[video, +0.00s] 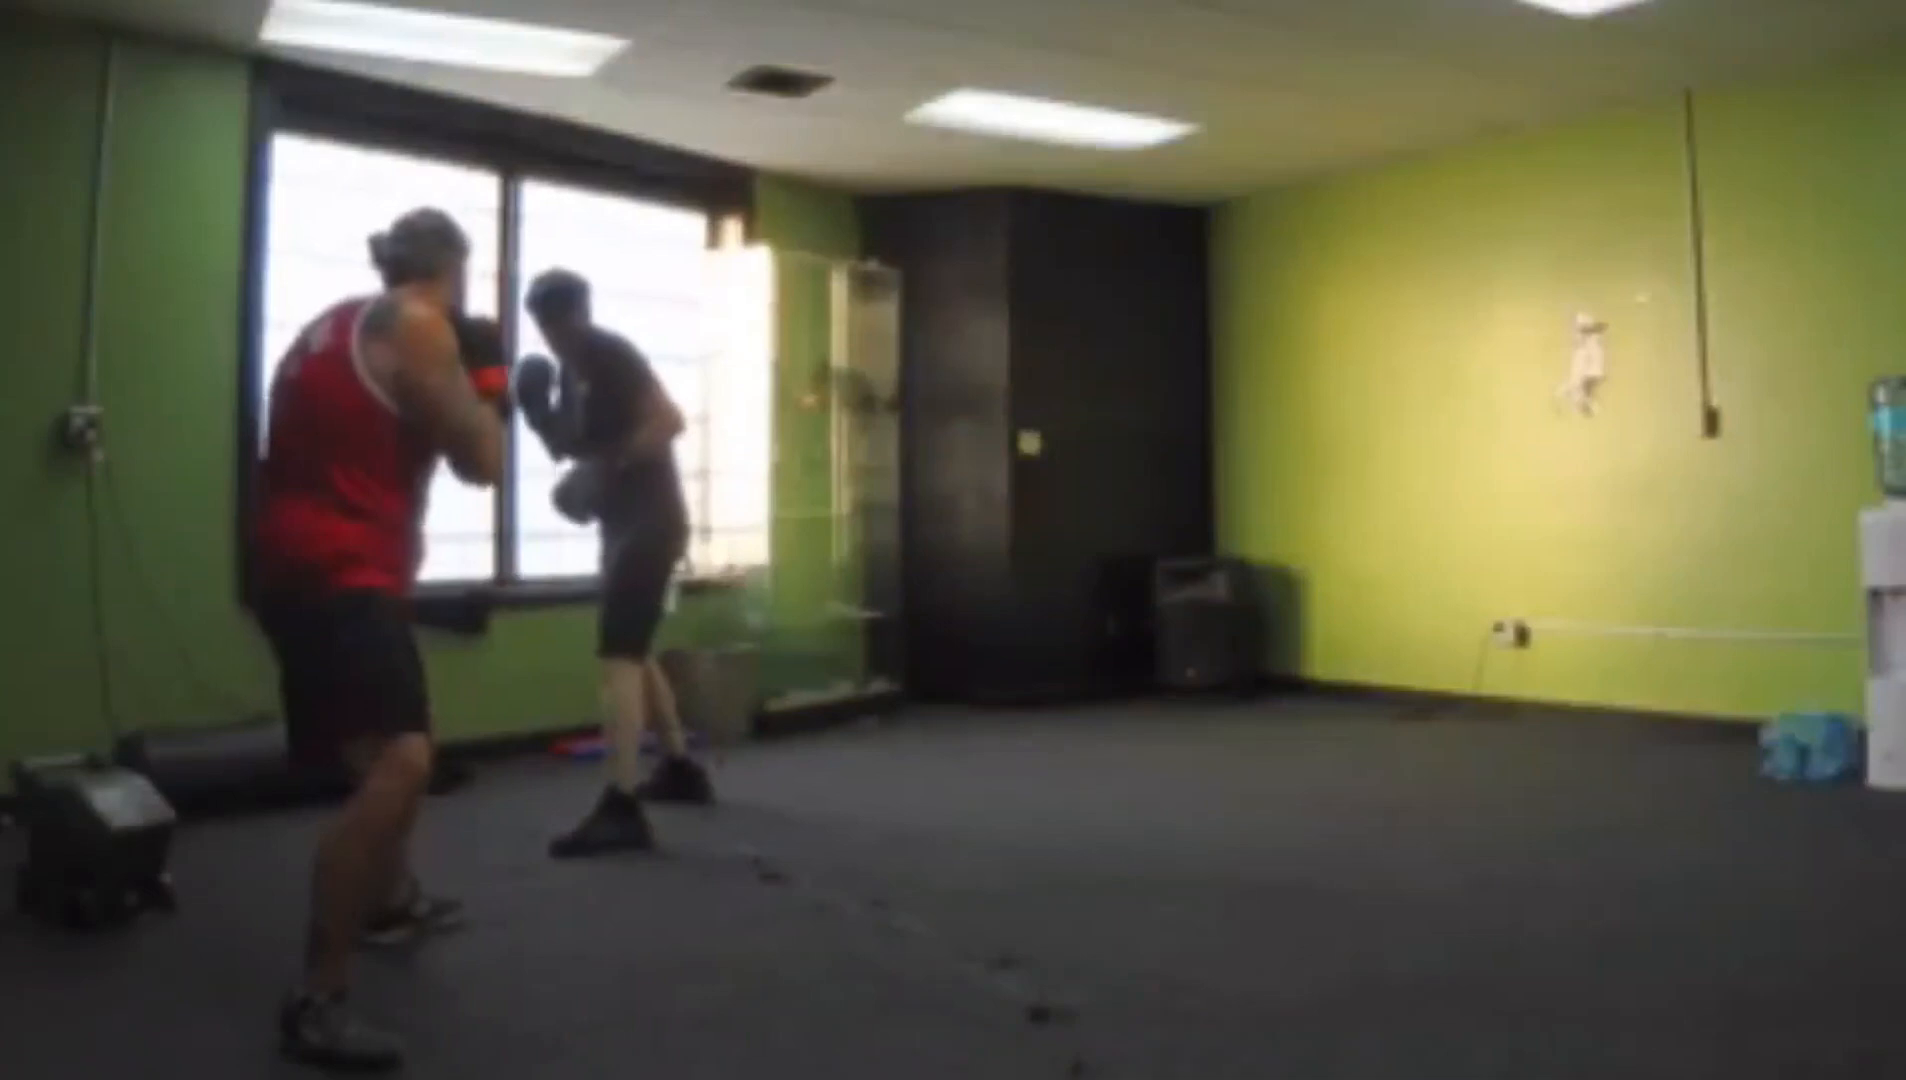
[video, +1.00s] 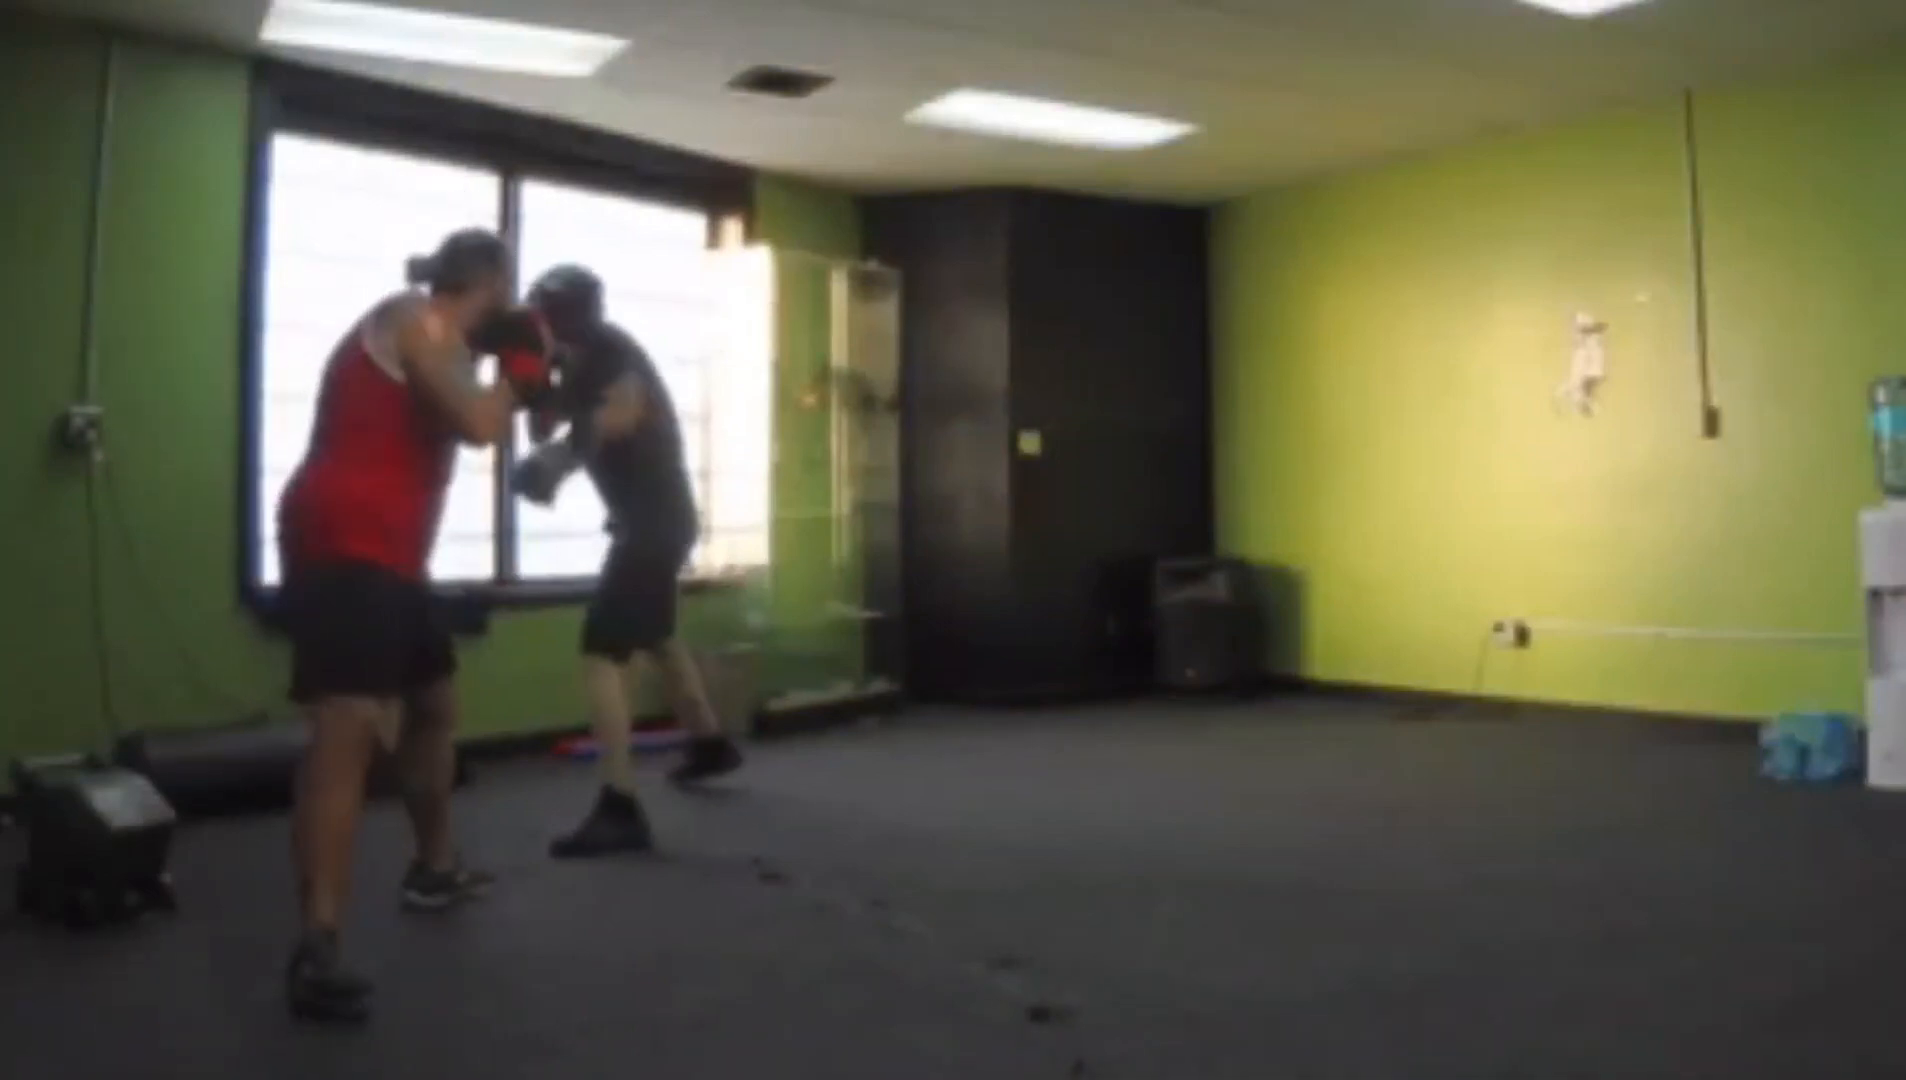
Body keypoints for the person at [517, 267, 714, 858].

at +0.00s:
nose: (551, 332)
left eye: (554, 320)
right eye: (546, 322)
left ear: (570, 314)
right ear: (554, 320)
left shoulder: (610, 355)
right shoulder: (573, 371)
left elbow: (665, 420)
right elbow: (571, 447)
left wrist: (604, 468)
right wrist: (537, 409)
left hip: (650, 520)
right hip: (622, 521)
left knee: (620, 657)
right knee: (634, 653)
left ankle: (621, 802)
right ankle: (679, 761)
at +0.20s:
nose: (552, 324)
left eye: (554, 312)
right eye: (548, 314)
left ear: (568, 307)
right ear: (560, 309)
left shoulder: (607, 349)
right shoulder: (569, 363)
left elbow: (651, 416)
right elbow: (545, 422)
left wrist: (593, 429)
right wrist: (527, 410)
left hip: (641, 522)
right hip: (614, 524)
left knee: (621, 658)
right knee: (637, 654)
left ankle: (623, 802)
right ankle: (679, 761)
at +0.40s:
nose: (537, 330)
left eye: (543, 317)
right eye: (532, 321)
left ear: (567, 307)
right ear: (533, 320)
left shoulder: (599, 344)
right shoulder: (552, 360)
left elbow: (617, 404)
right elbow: (505, 417)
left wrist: (562, 370)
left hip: (639, 521)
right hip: (613, 526)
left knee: (620, 660)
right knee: (636, 652)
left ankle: (623, 801)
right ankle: (676, 755)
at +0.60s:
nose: (518, 324)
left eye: (518, 313)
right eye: (516, 313)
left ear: (534, 308)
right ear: (551, 302)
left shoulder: (588, 348)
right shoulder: (547, 360)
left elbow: (640, 423)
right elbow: (521, 430)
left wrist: (571, 414)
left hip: (638, 521)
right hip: (612, 524)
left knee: (620, 660)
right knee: (635, 653)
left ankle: (622, 802)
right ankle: (670, 755)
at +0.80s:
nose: (514, 337)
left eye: (517, 324)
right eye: (511, 326)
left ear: (538, 316)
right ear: (547, 310)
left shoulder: (586, 355)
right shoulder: (539, 368)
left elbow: (638, 426)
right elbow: (516, 428)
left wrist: (564, 423)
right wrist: (514, 419)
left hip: (648, 518)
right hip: (624, 521)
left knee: (624, 654)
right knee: (649, 646)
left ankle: (622, 801)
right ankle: (677, 757)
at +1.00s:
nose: (547, 336)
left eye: (551, 323)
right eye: (543, 325)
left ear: (573, 317)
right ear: (573, 316)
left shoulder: (611, 354)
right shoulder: (581, 365)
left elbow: (622, 411)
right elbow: (555, 424)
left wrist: (561, 457)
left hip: (654, 525)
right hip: (648, 523)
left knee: (601, 657)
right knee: (658, 638)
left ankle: (619, 805)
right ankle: (710, 740)